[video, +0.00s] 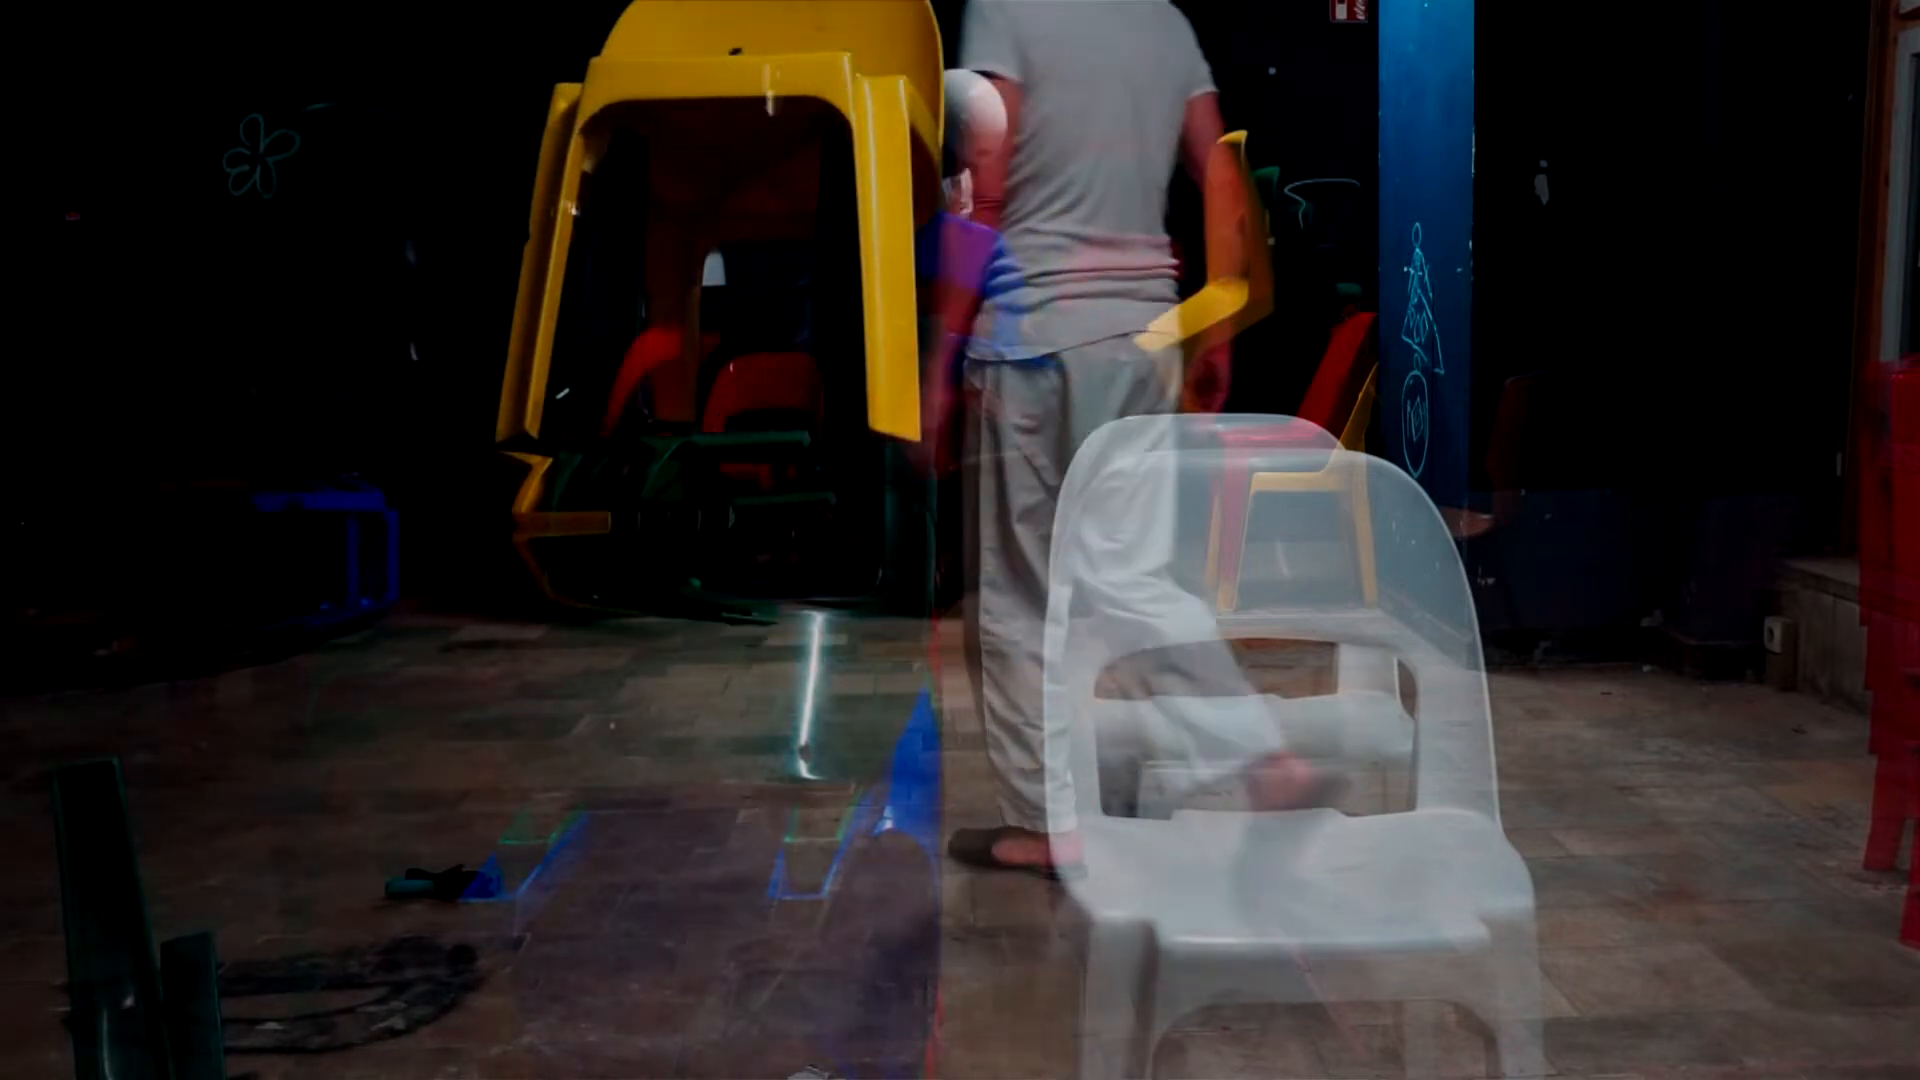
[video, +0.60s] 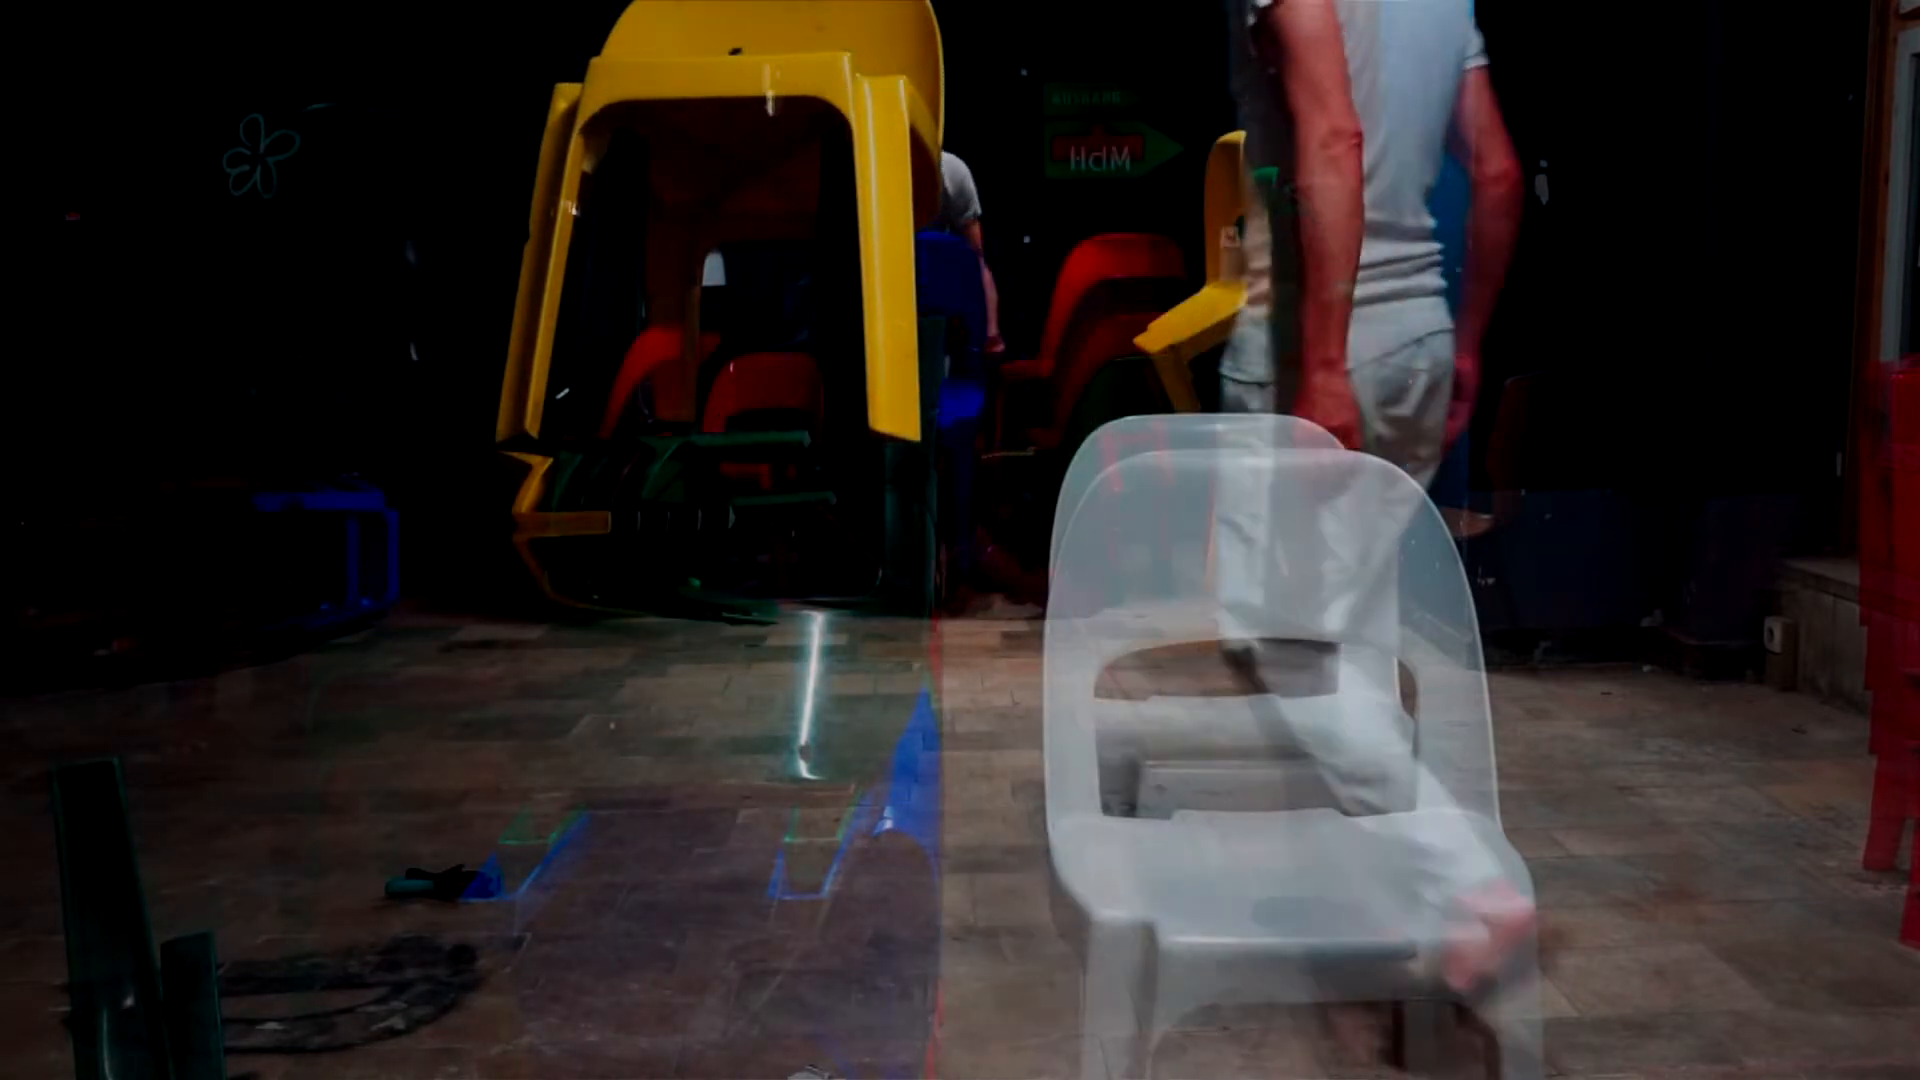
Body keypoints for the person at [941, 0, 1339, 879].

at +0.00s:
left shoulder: (1000, 14)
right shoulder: (1165, 22)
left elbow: (981, 195)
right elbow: (1222, 187)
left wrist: (937, 363)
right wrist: (1217, 330)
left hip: (1032, 331)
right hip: (1147, 325)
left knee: (1019, 587)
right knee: (1136, 574)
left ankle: (1039, 821)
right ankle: (1265, 762)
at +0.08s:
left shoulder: (1046, 10)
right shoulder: (1203, 26)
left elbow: (1048, 183)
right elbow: (1248, 202)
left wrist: (1014, 357)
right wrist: (1240, 332)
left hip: (1072, 333)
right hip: (1181, 328)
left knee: (1032, 589)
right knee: (1187, 584)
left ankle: (1041, 819)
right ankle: (1308, 807)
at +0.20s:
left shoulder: (1113, 4)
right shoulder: (1258, 17)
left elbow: (1154, 148)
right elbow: (1311, 196)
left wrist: (1128, 351)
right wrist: (1269, 331)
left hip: (1137, 341)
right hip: (1246, 336)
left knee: (1085, 595)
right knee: (1272, 610)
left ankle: (1045, 813)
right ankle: (1349, 860)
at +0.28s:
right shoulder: (1300, 11)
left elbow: (1215, 138)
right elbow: (1347, 188)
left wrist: (1205, 331)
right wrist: (1302, 312)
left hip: (1170, 333)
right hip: (1278, 329)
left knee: (1103, 608)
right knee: (1296, 614)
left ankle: (1093, 853)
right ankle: (1352, 874)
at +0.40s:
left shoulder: (1219, 5)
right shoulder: (1353, 8)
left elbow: (1284, 129)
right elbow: (1400, 179)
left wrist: (1295, 334)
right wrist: (1358, 310)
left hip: (1225, 332)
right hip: (1333, 320)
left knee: (1147, 603)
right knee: (1319, 607)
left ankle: (1242, 858)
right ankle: (1364, 878)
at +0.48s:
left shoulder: (1249, 6)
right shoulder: (1383, 9)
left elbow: (1309, 124)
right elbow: (1438, 176)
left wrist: (1326, 339)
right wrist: (1398, 316)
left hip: (1257, 334)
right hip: (1363, 326)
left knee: (1187, 621)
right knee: (1317, 628)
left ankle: (1338, 856)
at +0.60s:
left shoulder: (1296, 6)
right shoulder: (1441, 8)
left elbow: (1334, 142)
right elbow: (1497, 171)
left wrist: (1323, 364)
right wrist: (1466, 340)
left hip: (1316, 342)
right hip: (1419, 328)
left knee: (1279, 641)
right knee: (1365, 635)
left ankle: (1470, 895)